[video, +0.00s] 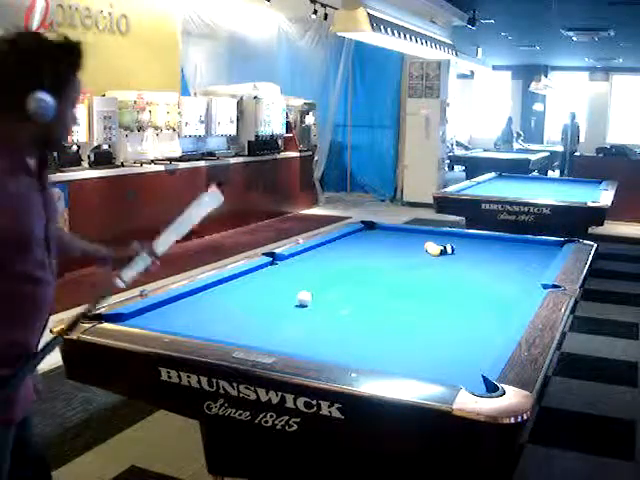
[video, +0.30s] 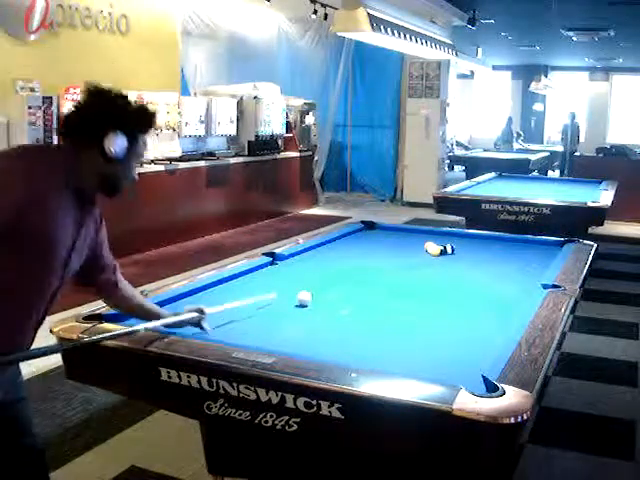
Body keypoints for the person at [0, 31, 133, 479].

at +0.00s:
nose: (75, 117)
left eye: (76, 104)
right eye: (73, 104)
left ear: (41, 105)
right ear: (39, 104)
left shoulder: (31, 173)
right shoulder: (10, 177)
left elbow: (48, 238)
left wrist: (110, 254)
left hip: (18, 390)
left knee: (32, 471)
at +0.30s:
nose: (137, 173)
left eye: (141, 160)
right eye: (137, 158)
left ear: (110, 147)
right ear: (112, 145)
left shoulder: (85, 208)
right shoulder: (19, 174)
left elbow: (112, 284)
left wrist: (167, 318)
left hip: (9, 365)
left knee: (30, 458)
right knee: (27, 456)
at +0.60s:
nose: (147, 221)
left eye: (152, 210)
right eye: (150, 208)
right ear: (129, 193)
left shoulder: (95, 251)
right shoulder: (28, 203)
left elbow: (133, 303)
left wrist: (198, 325)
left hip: (2, 372)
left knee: (31, 449)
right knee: (29, 448)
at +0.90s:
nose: (144, 251)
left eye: (150, 240)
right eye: (147, 238)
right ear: (128, 218)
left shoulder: (90, 273)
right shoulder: (32, 218)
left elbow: (142, 308)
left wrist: (209, 323)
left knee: (23, 459)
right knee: (21, 459)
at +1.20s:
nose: (144, 262)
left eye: (150, 249)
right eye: (148, 247)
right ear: (127, 230)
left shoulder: (86, 283)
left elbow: (145, 311)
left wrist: (210, 323)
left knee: (19, 457)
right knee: (17, 458)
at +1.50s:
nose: (146, 265)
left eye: (151, 252)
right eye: (149, 250)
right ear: (128, 236)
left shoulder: (82, 284)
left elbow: (145, 310)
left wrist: (211, 322)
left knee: (19, 457)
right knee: (17, 459)